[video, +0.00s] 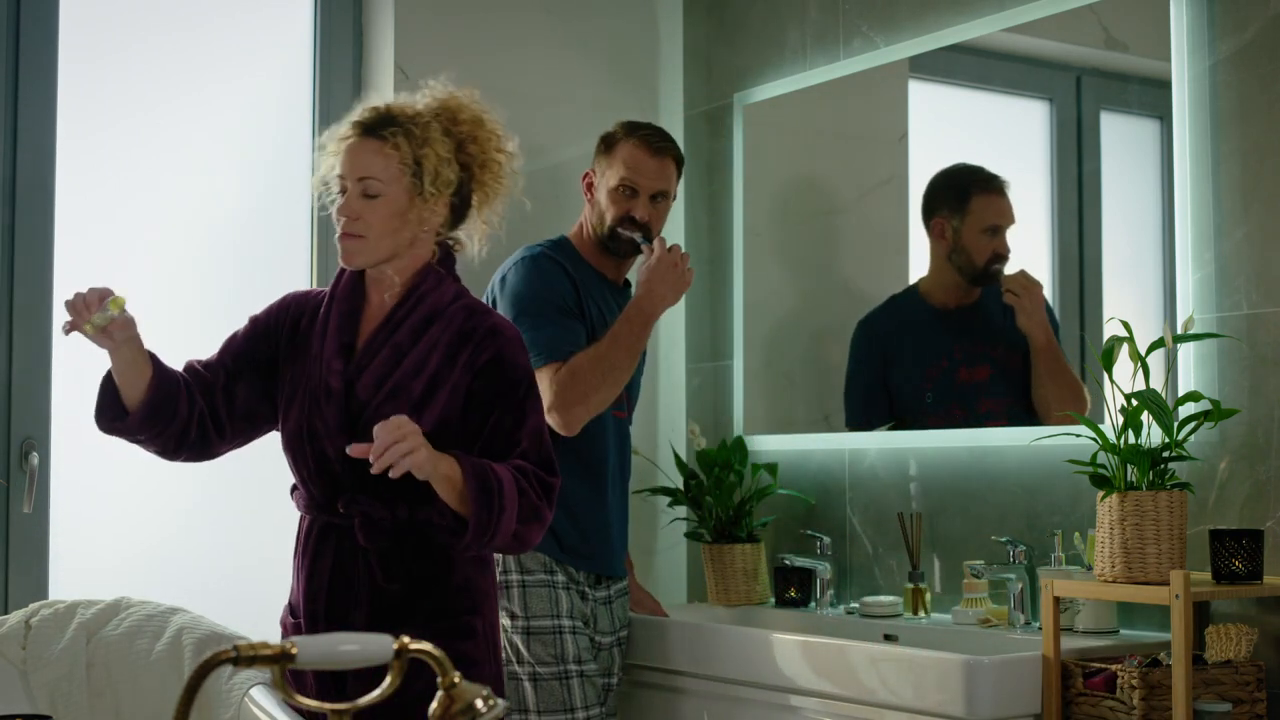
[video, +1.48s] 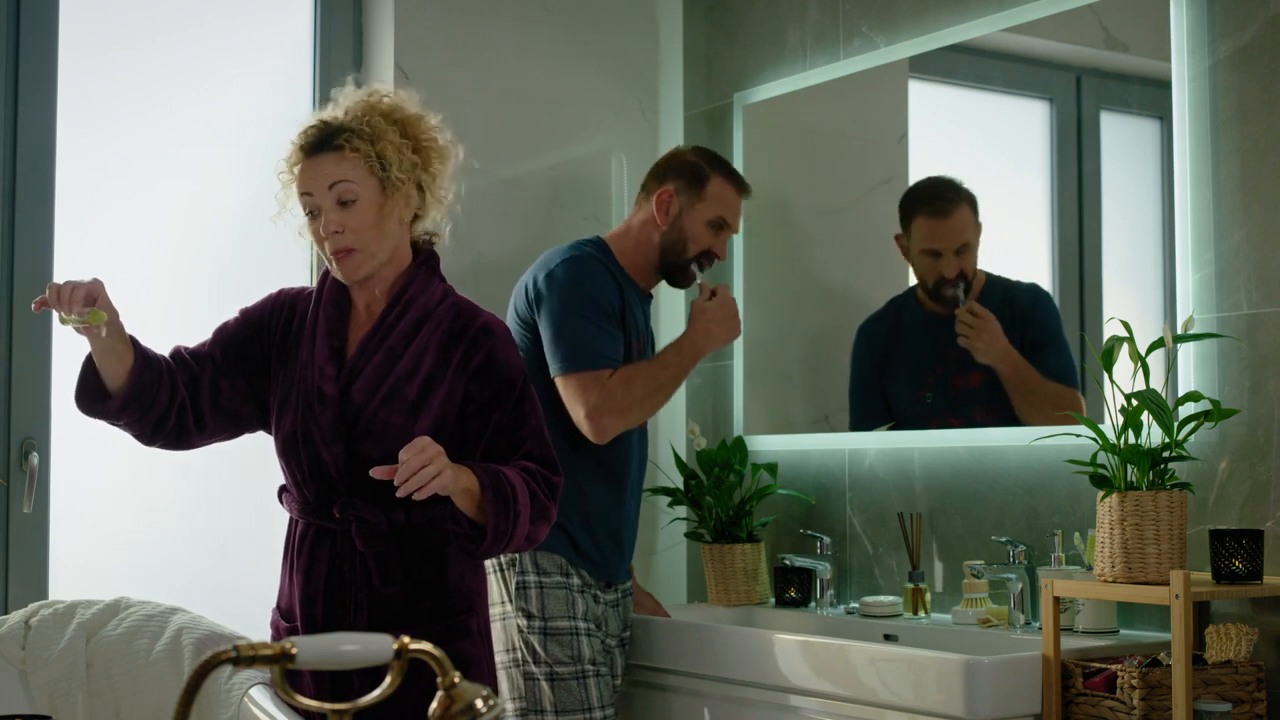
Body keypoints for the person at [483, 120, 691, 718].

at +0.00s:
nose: (642, 213)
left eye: (658, 199)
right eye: (627, 192)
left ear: (670, 204)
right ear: (590, 186)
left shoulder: (623, 298)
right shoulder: (534, 274)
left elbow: (605, 452)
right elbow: (564, 409)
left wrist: (623, 579)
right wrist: (649, 304)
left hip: (599, 578)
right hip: (536, 569)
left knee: (593, 706)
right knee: (558, 710)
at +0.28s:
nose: (643, 213)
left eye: (660, 198)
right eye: (628, 191)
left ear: (674, 204)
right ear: (592, 186)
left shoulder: (632, 299)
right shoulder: (536, 274)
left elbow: (609, 450)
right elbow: (563, 409)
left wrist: (626, 581)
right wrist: (650, 305)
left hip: (601, 579)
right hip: (537, 570)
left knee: (592, 709)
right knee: (552, 712)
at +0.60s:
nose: (665, 223)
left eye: (678, 209)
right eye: (651, 200)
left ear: (685, 210)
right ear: (605, 188)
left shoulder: (628, 303)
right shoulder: (537, 275)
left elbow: (607, 458)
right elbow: (558, 410)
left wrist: (626, 582)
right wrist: (654, 314)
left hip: (600, 579)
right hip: (535, 572)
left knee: (590, 707)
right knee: (554, 710)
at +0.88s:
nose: (696, 248)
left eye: (703, 232)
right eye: (689, 226)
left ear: (640, 207)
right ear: (638, 204)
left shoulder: (624, 308)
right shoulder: (543, 277)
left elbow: (598, 467)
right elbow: (566, 413)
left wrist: (627, 581)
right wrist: (664, 332)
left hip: (600, 579)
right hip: (540, 572)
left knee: (589, 707)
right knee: (563, 710)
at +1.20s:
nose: (716, 267)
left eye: (724, 252)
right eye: (714, 247)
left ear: (670, 225)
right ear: (668, 221)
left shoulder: (623, 306)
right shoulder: (565, 277)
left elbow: (592, 473)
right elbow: (588, 415)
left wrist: (623, 581)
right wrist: (688, 344)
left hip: (595, 576)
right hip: (542, 570)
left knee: (587, 706)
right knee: (566, 710)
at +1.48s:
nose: (721, 250)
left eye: (728, 235)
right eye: (716, 226)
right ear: (664, 204)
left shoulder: (631, 303)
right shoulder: (573, 273)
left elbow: (597, 467)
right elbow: (598, 413)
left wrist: (623, 581)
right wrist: (697, 341)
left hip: (597, 574)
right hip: (545, 568)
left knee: (591, 706)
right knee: (564, 710)